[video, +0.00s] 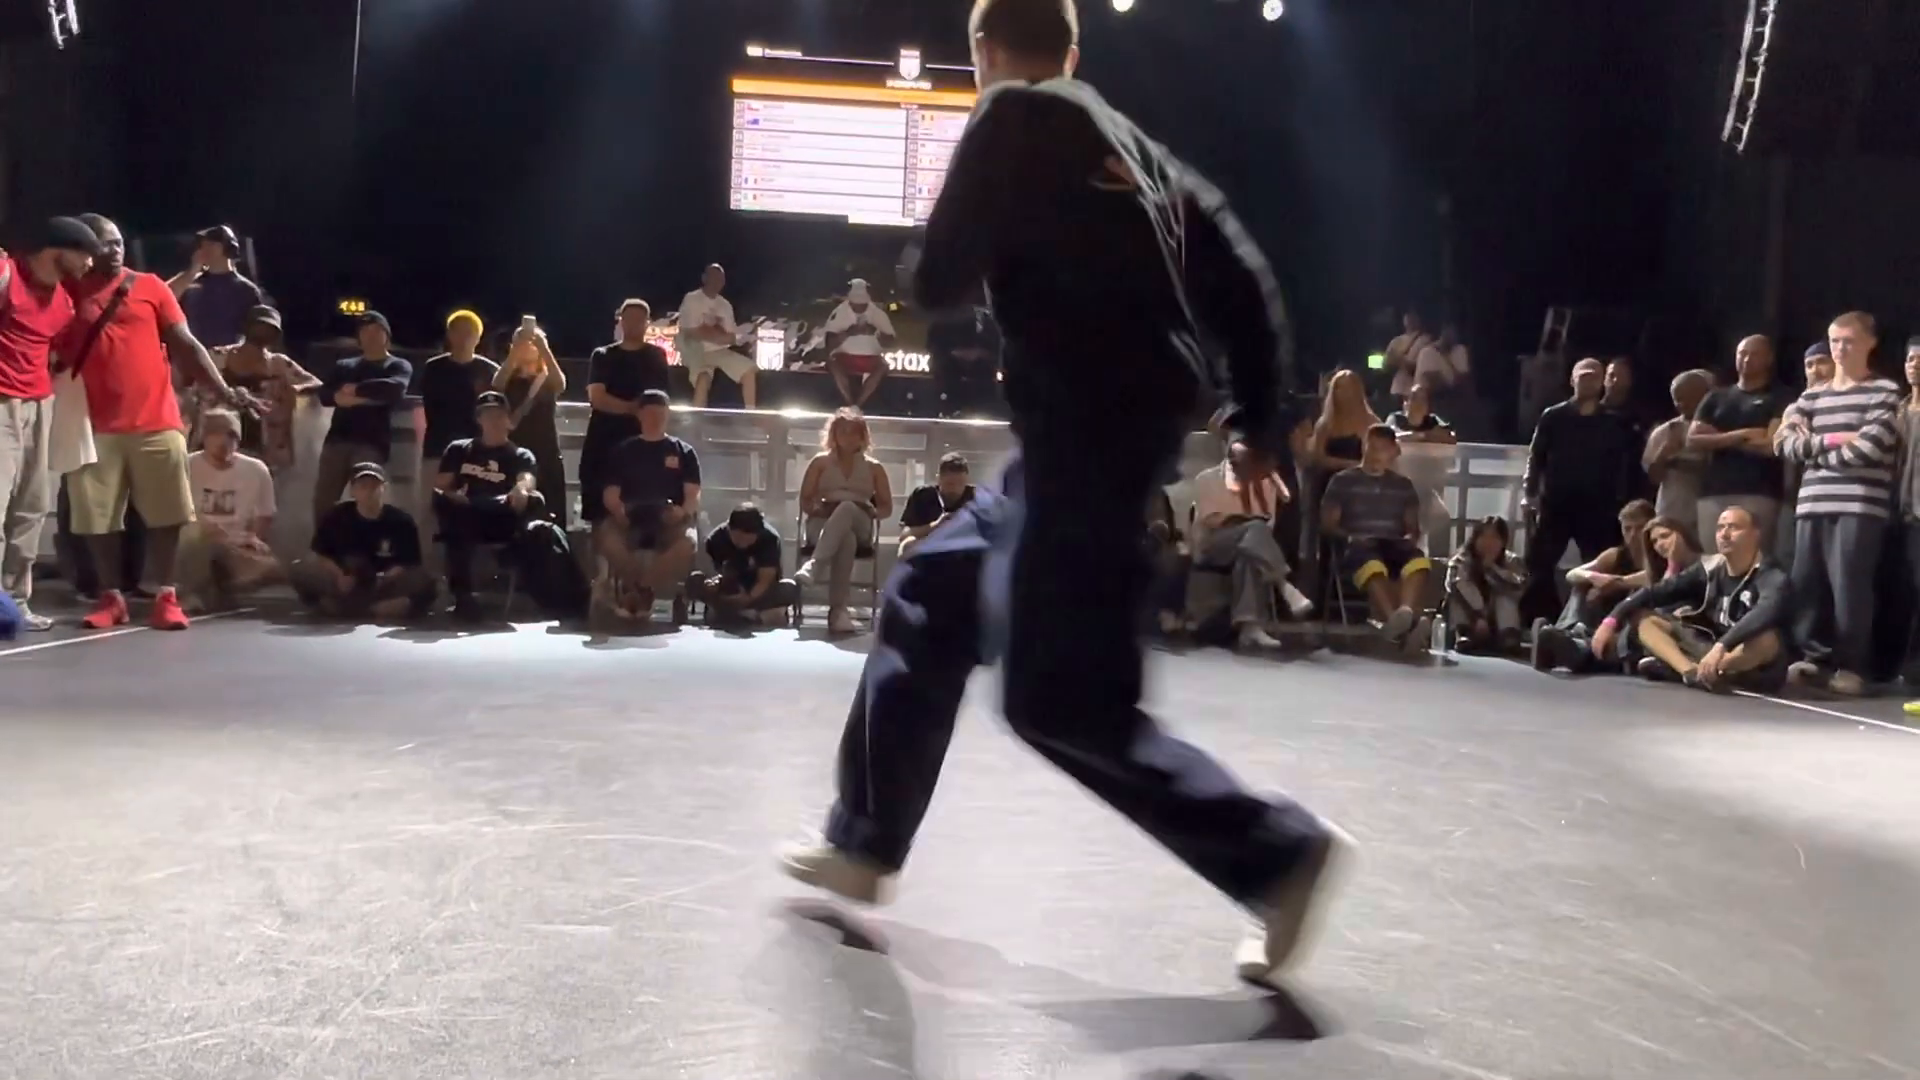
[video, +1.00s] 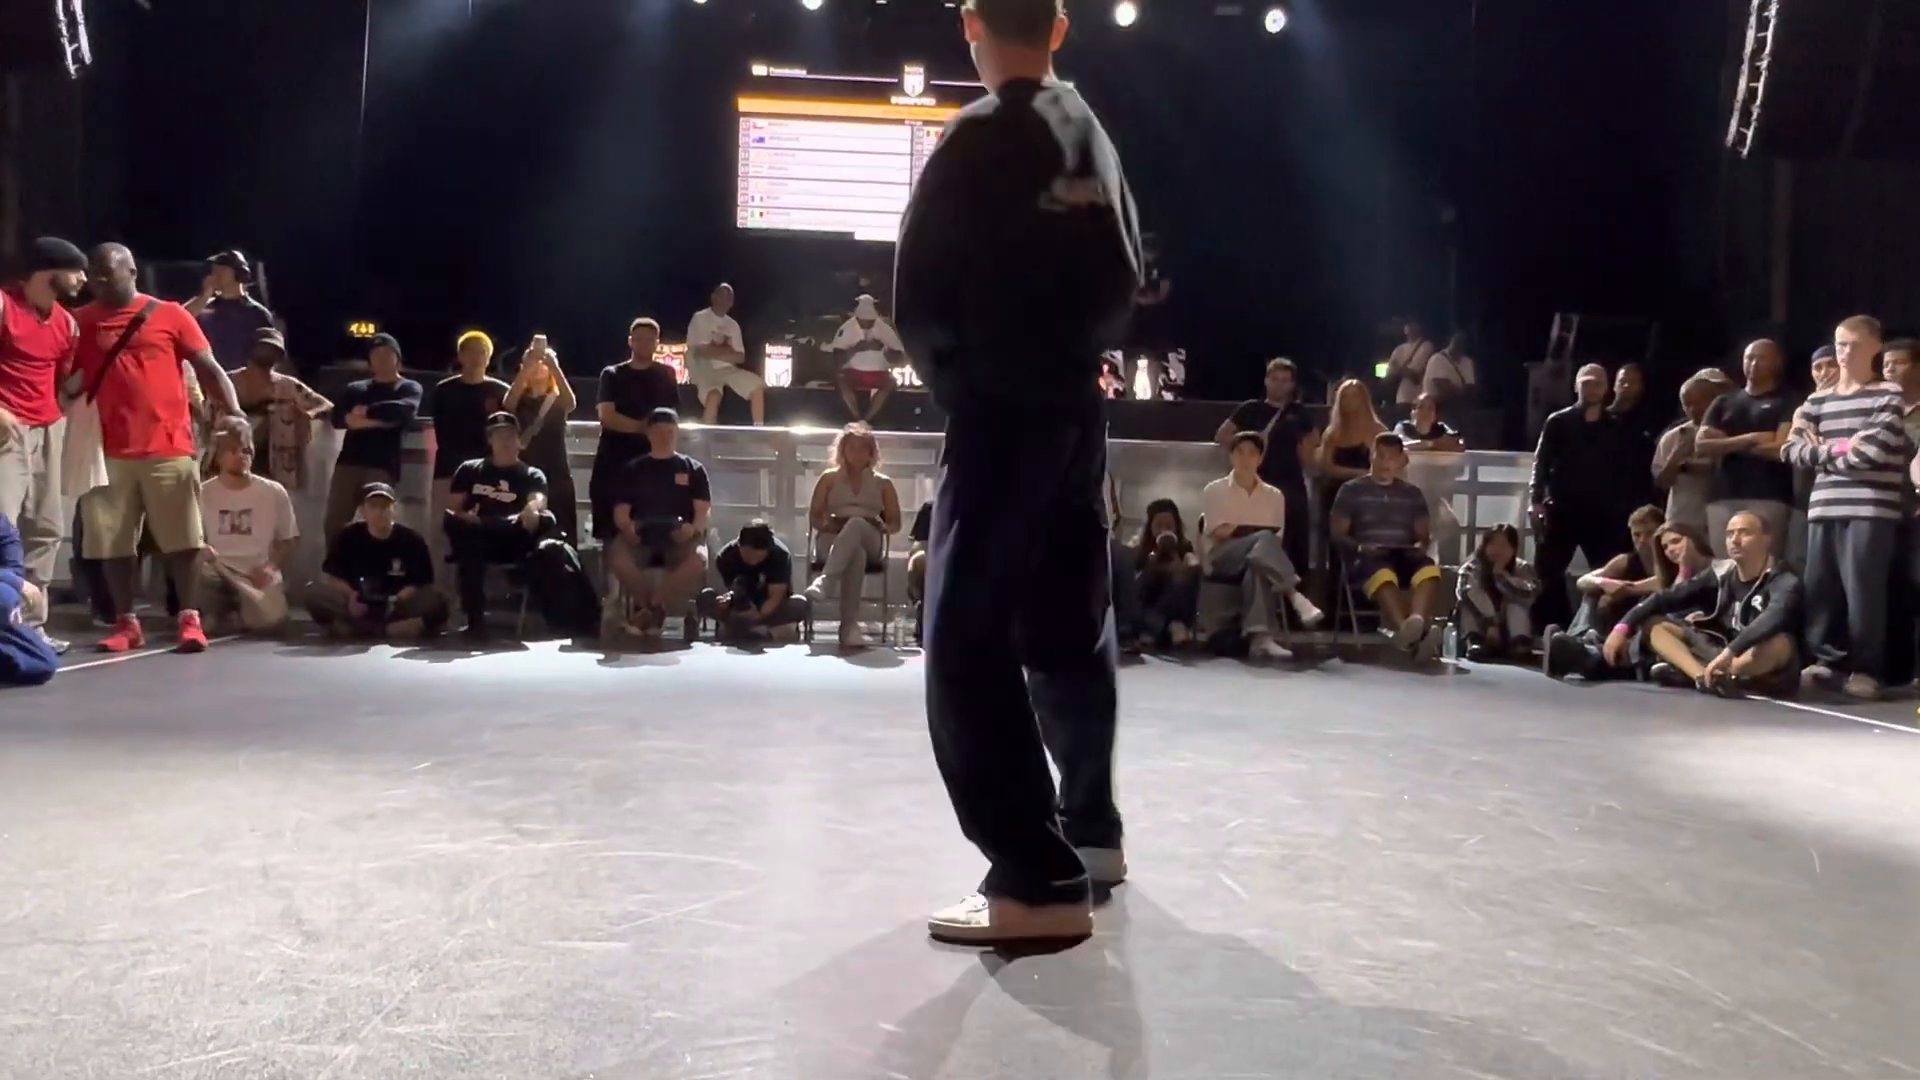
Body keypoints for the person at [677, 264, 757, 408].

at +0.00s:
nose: (717, 282)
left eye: (720, 278)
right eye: (713, 277)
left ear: (723, 282)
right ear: (704, 278)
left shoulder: (725, 305)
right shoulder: (691, 299)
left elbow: (732, 336)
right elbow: (689, 332)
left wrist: (712, 330)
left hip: (720, 350)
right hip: (697, 350)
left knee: (748, 371)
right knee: (703, 379)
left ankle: (751, 416)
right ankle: (696, 420)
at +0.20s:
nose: (723, 294)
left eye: (726, 290)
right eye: (719, 290)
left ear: (729, 295)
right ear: (710, 292)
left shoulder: (730, 318)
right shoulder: (697, 312)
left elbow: (737, 350)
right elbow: (700, 345)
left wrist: (711, 345)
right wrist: (725, 345)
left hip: (725, 362)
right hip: (701, 362)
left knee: (753, 383)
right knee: (709, 391)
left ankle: (756, 428)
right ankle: (703, 432)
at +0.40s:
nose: (726, 304)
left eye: (728, 299)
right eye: (722, 300)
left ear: (729, 300)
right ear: (714, 300)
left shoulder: (730, 315)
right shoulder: (699, 315)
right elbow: (698, 345)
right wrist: (714, 355)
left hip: (724, 361)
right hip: (700, 360)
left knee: (752, 389)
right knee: (710, 393)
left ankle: (755, 431)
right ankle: (702, 434)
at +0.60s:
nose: (725, 298)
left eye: (727, 295)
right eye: (721, 293)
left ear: (730, 300)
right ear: (711, 296)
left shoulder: (731, 323)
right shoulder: (698, 316)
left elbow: (737, 356)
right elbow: (699, 348)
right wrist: (725, 347)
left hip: (725, 367)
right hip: (702, 366)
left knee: (754, 386)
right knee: (710, 394)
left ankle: (756, 432)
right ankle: (704, 437)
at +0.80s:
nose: (725, 300)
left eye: (728, 297)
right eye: (722, 296)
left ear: (731, 301)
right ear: (713, 298)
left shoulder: (732, 325)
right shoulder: (699, 318)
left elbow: (739, 357)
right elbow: (700, 349)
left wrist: (710, 352)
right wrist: (725, 348)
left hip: (726, 368)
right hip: (703, 367)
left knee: (755, 387)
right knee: (712, 396)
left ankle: (757, 432)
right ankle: (706, 437)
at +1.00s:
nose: (727, 299)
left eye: (730, 296)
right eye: (723, 295)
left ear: (732, 301)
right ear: (714, 297)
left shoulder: (733, 325)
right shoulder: (700, 318)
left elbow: (740, 357)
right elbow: (700, 350)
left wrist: (710, 352)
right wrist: (725, 347)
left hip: (727, 368)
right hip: (704, 367)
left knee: (757, 387)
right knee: (714, 395)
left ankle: (759, 432)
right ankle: (706, 437)